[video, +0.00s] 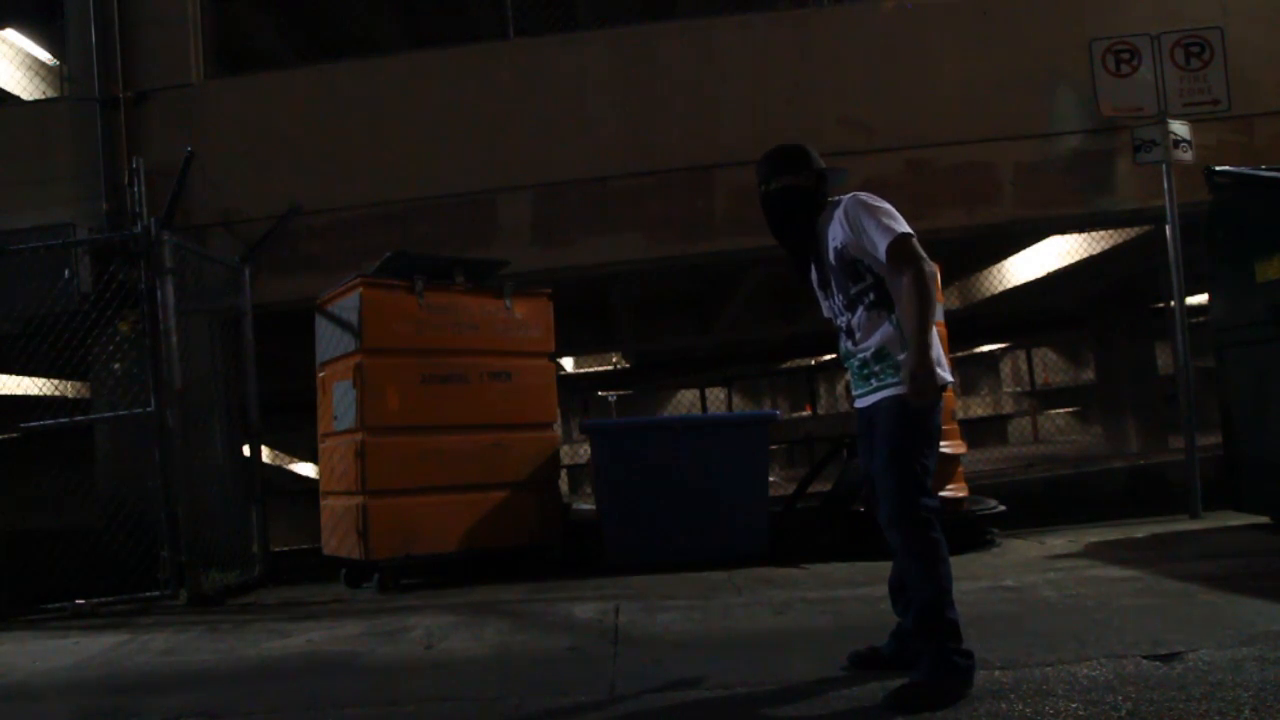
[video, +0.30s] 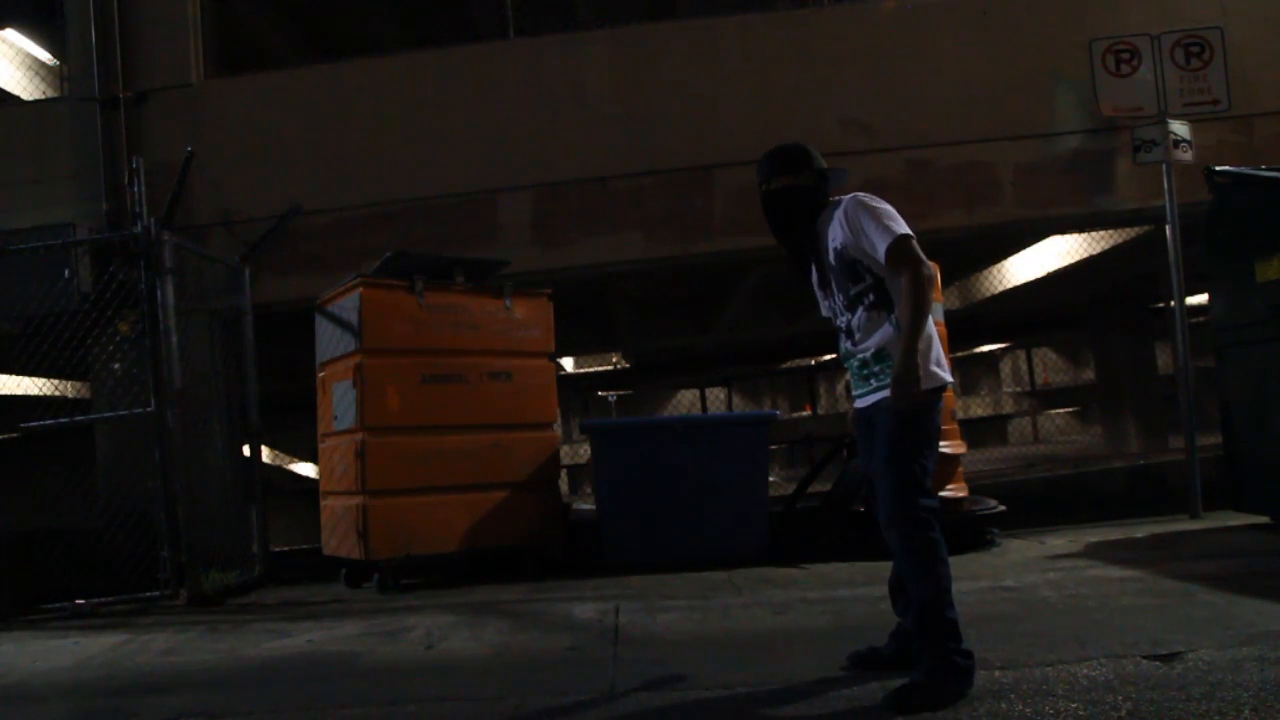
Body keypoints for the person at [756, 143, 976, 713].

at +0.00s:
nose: (770, 209)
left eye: (776, 194)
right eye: (766, 197)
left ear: (806, 185)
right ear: (783, 196)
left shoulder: (855, 210)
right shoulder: (821, 257)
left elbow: (918, 271)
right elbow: (858, 330)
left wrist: (920, 363)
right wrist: (865, 394)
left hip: (906, 393)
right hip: (875, 402)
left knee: (912, 518)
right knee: (896, 519)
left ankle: (945, 660)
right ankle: (914, 639)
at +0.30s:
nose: (773, 211)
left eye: (778, 196)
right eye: (768, 199)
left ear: (806, 187)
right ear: (785, 197)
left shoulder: (856, 211)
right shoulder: (821, 255)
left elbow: (918, 272)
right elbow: (856, 332)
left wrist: (907, 371)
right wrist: (861, 400)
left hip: (908, 394)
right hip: (876, 402)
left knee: (912, 519)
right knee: (896, 520)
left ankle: (946, 662)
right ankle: (914, 639)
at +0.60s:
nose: (777, 209)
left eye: (784, 194)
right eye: (772, 198)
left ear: (813, 184)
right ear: (783, 197)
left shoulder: (859, 210)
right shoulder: (824, 253)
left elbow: (918, 274)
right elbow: (859, 331)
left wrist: (911, 370)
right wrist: (863, 395)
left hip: (907, 393)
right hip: (876, 401)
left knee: (912, 519)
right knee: (896, 520)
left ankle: (945, 660)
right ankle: (913, 638)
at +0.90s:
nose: (781, 202)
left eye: (788, 188)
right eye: (775, 192)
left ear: (816, 179)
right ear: (786, 192)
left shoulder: (863, 210)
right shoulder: (826, 244)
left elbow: (921, 275)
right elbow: (858, 327)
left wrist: (920, 370)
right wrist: (862, 395)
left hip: (908, 393)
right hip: (876, 400)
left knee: (911, 519)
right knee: (896, 519)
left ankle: (945, 660)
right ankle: (913, 639)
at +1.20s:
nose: (782, 204)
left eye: (789, 189)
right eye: (778, 193)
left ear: (816, 181)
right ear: (788, 192)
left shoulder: (865, 211)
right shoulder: (827, 246)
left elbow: (923, 276)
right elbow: (857, 330)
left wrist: (920, 371)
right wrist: (860, 397)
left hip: (911, 394)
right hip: (877, 401)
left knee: (913, 519)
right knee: (895, 519)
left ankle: (946, 660)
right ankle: (912, 638)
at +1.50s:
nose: (781, 202)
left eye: (789, 187)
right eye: (776, 191)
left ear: (817, 180)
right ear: (783, 194)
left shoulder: (863, 212)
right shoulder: (826, 252)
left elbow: (921, 276)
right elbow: (853, 340)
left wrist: (919, 374)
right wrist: (856, 407)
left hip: (909, 394)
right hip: (876, 402)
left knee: (913, 520)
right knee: (895, 520)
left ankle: (945, 660)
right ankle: (912, 637)